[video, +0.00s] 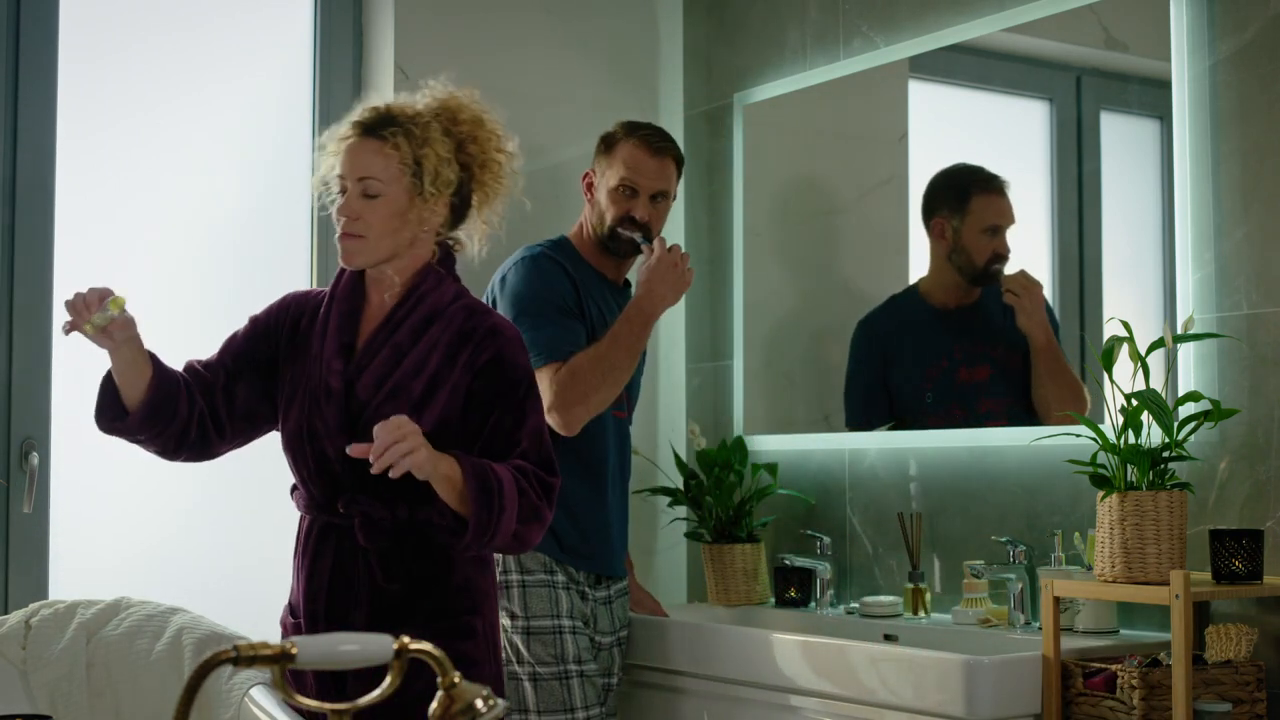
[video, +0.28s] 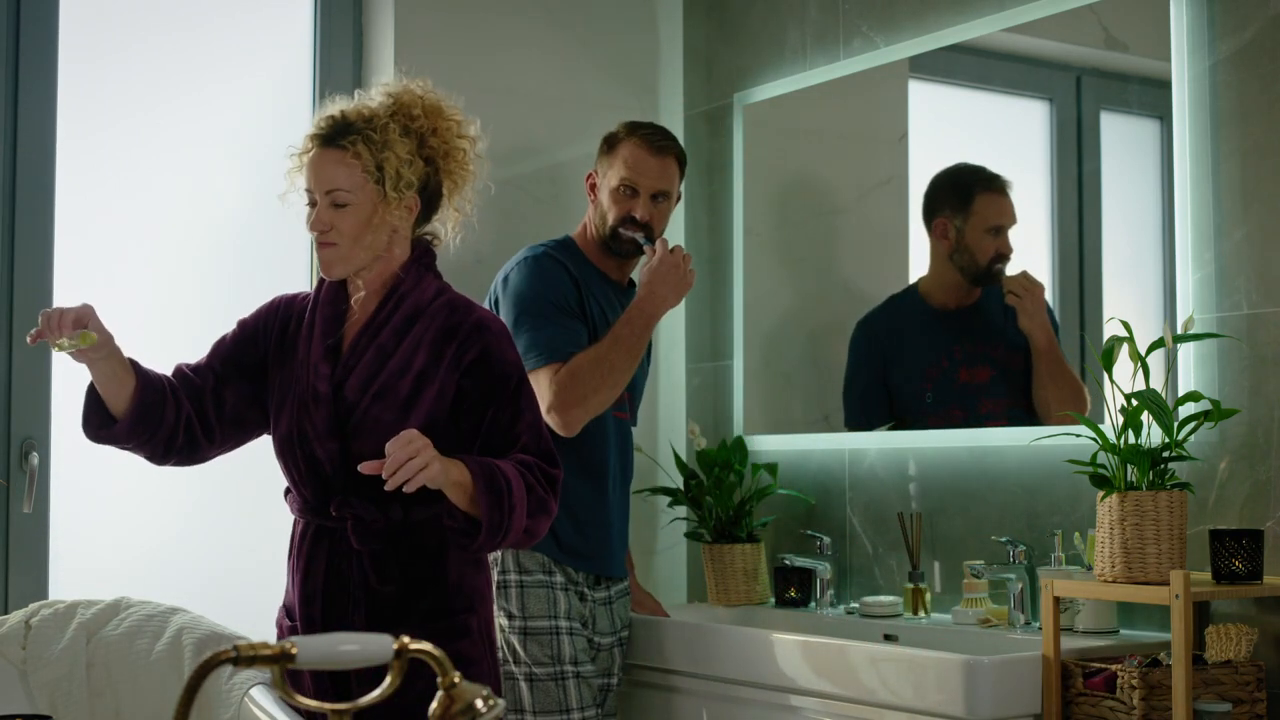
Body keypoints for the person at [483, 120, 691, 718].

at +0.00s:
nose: (642, 213)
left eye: (658, 199)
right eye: (627, 192)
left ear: (670, 204)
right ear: (590, 186)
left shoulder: (623, 298)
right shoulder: (534, 274)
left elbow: (605, 452)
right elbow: (564, 409)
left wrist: (623, 579)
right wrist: (649, 304)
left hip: (599, 578)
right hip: (536, 569)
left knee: (593, 706)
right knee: (558, 710)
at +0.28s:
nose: (643, 213)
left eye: (660, 198)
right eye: (628, 191)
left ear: (674, 204)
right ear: (592, 186)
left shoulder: (632, 299)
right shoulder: (536, 274)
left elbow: (609, 450)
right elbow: (563, 409)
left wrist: (626, 581)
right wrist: (650, 305)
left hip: (601, 579)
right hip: (537, 570)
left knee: (592, 709)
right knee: (552, 712)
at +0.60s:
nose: (665, 223)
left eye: (678, 209)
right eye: (651, 200)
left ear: (685, 210)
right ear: (605, 188)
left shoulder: (628, 303)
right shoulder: (537, 275)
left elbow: (607, 458)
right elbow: (558, 410)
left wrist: (626, 582)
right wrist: (654, 314)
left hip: (600, 579)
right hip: (535, 572)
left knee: (590, 707)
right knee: (554, 710)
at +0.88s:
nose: (696, 248)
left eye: (703, 232)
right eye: (689, 226)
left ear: (640, 207)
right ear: (638, 204)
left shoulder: (624, 308)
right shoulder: (543, 277)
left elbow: (598, 467)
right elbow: (566, 413)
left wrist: (627, 581)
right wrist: (664, 332)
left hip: (600, 579)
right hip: (540, 572)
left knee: (589, 707)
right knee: (563, 710)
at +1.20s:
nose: (716, 267)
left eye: (724, 252)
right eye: (714, 247)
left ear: (670, 225)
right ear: (668, 221)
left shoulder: (623, 306)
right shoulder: (565, 277)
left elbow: (592, 473)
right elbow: (588, 415)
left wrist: (623, 581)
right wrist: (688, 344)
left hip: (595, 576)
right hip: (542, 570)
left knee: (587, 706)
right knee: (566, 710)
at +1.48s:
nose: (721, 250)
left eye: (728, 235)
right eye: (716, 226)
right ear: (664, 204)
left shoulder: (631, 303)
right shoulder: (573, 273)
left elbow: (597, 467)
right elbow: (598, 413)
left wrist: (623, 581)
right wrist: (697, 341)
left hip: (597, 574)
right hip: (545, 568)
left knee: (591, 706)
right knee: (564, 710)